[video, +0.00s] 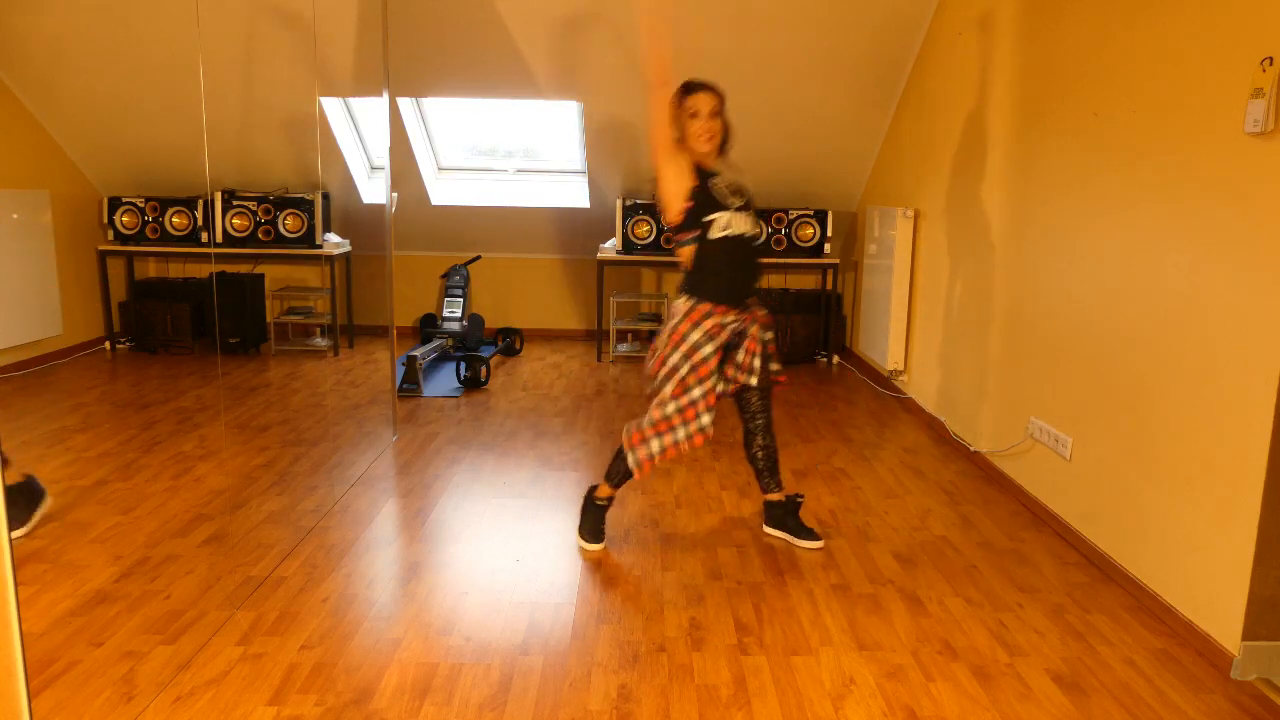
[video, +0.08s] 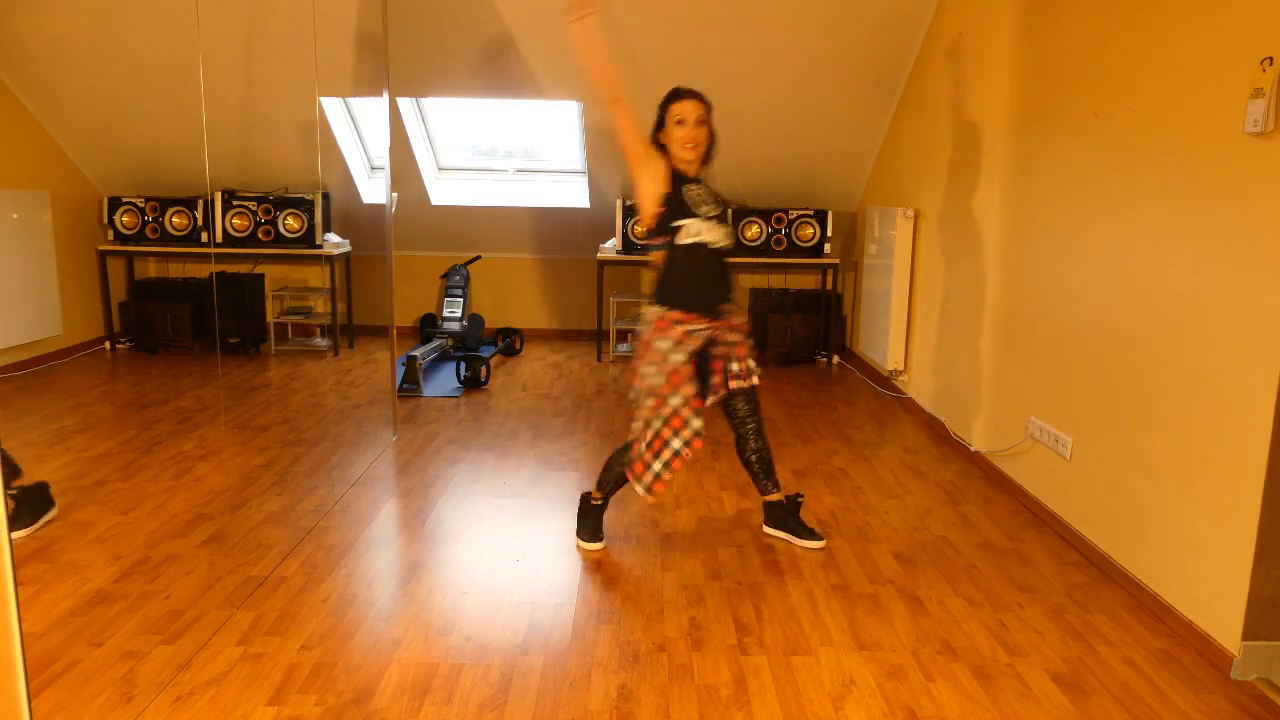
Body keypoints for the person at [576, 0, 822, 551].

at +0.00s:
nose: (707, 124)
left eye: (714, 115)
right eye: (696, 116)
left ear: (724, 123)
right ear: (676, 124)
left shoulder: (727, 181)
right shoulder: (678, 178)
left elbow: (726, 250)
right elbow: (660, 85)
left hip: (740, 317)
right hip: (696, 317)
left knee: (757, 414)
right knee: (672, 419)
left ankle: (777, 506)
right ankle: (599, 498)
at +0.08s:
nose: (691, 132)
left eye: (700, 123)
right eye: (680, 123)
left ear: (710, 133)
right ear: (661, 133)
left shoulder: (710, 195)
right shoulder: (654, 181)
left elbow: (708, 262)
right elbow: (615, 104)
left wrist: (725, 309)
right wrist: (584, 27)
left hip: (723, 323)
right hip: (672, 324)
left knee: (747, 414)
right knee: (650, 435)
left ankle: (776, 506)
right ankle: (595, 499)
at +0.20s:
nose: (673, 138)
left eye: (682, 129)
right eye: (662, 129)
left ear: (692, 138)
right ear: (645, 138)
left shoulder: (698, 204)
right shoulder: (626, 174)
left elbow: (688, 269)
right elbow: (567, 139)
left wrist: (685, 323)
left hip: (680, 328)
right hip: (629, 327)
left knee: (735, 411)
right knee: (628, 439)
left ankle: (739, 503)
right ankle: (590, 508)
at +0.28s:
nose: (664, 143)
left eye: (673, 134)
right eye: (653, 135)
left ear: (685, 143)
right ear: (637, 145)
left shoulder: (698, 210)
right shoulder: (615, 184)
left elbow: (688, 277)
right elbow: (557, 184)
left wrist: (678, 333)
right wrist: (490, 174)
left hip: (662, 335)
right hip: (607, 331)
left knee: (706, 416)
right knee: (612, 437)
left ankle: (672, 484)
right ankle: (590, 507)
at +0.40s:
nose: (654, 139)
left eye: (663, 130)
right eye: (643, 131)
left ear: (676, 141)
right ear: (628, 143)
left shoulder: (691, 210)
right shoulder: (608, 197)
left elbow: (686, 280)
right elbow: (558, 244)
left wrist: (680, 340)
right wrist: (505, 286)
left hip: (645, 337)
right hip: (591, 326)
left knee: (640, 433)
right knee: (596, 423)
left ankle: (613, 495)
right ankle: (588, 501)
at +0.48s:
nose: (646, 127)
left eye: (656, 120)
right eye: (636, 119)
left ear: (669, 135)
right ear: (622, 134)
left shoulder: (676, 197)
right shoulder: (603, 194)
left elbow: (671, 273)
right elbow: (573, 259)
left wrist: (664, 344)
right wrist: (542, 319)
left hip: (640, 330)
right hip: (585, 321)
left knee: (632, 437)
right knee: (585, 423)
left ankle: (614, 498)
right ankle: (585, 504)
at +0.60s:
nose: (637, 100)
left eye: (649, 95)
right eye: (629, 91)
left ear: (662, 113)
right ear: (614, 106)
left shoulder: (661, 165)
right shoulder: (602, 176)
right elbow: (597, 241)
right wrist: (580, 278)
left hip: (654, 303)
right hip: (603, 300)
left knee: (662, 405)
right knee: (593, 404)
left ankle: (664, 490)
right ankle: (591, 503)